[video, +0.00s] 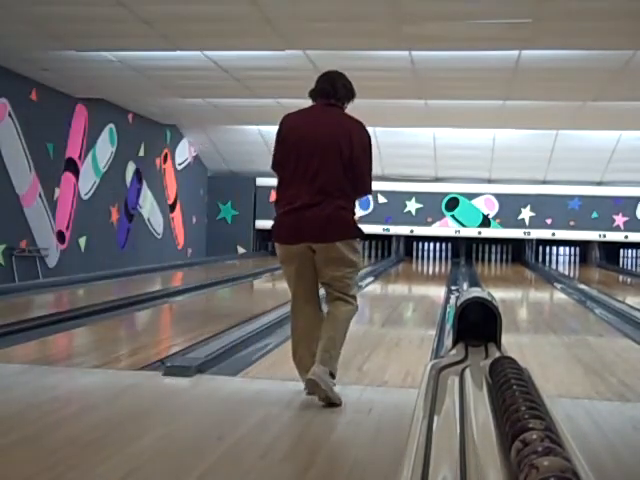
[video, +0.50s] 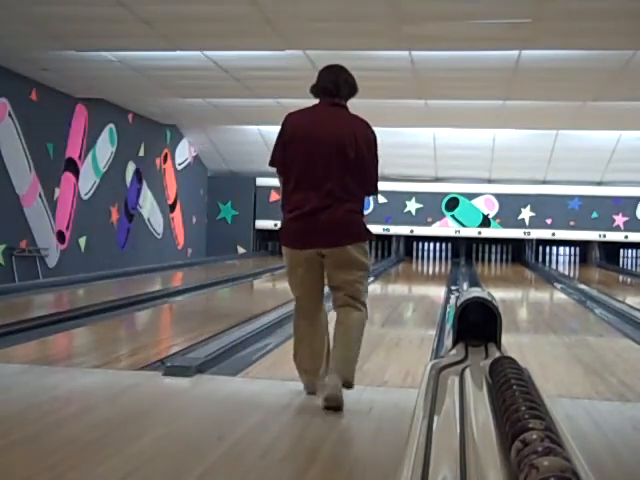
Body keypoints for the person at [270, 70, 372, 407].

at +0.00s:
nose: (349, 105)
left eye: (348, 101)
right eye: (349, 101)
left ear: (314, 94)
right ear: (345, 99)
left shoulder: (290, 122)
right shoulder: (354, 128)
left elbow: (278, 167)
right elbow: (362, 185)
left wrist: (306, 186)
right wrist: (331, 196)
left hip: (289, 227)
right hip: (334, 227)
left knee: (303, 301)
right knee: (342, 298)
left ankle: (310, 377)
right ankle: (323, 369)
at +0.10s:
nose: (347, 103)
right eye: (347, 98)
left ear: (314, 92)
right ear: (344, 97)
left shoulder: (290, 121)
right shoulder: (354, 126)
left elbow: (280, 168)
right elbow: (361, 183)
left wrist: (308, 184)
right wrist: (330, 190)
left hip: (290, 225)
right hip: (336, 225)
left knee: (304, 299)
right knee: (343, 296)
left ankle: (310, 378)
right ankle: (321, 369)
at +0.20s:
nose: (346, 101)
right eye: (347, 96)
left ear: (314, 91)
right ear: (344, 95)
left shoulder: (290, 120)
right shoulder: (354, 125)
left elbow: (278, 167)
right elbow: (364, 182)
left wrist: (304, 186)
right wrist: (333, 189)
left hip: (292, 225)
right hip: (338, 225)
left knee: (304, 299)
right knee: (346, 296)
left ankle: (310, 378)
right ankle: (321, 366)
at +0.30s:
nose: (345, 99)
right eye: (346, 94)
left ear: (314, 91)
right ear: (345, 95)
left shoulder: (291, 120)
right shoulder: (356, 126)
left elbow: (278, 167)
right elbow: (368, 183)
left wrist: (303, 188)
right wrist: (335, 188)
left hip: (293, 227)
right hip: (339, 226)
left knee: (305, 300)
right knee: (347, 296)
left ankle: (310, 379)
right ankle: (326, 363)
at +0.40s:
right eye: (347, 92)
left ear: (315, 90)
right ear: (347, 94)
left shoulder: (292, 120)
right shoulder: (358, 127)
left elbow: (278, 167)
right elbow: (369, 184)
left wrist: (302, 190)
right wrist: (335, 187)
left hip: (295, 231)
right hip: (342, 230)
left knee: (305, 304)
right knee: (350, 299)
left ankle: (311, 380)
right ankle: (332, 366)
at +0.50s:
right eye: (350, 92)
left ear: (317, 90)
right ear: (349, 94)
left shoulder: (293, 121)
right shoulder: (361, 129)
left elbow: (280, 167)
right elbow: (369, 185)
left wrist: (306, 186)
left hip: (298, 232)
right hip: (345, 232)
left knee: (307, 305)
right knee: (351, 302)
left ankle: (311, 380)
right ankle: (336, 377)